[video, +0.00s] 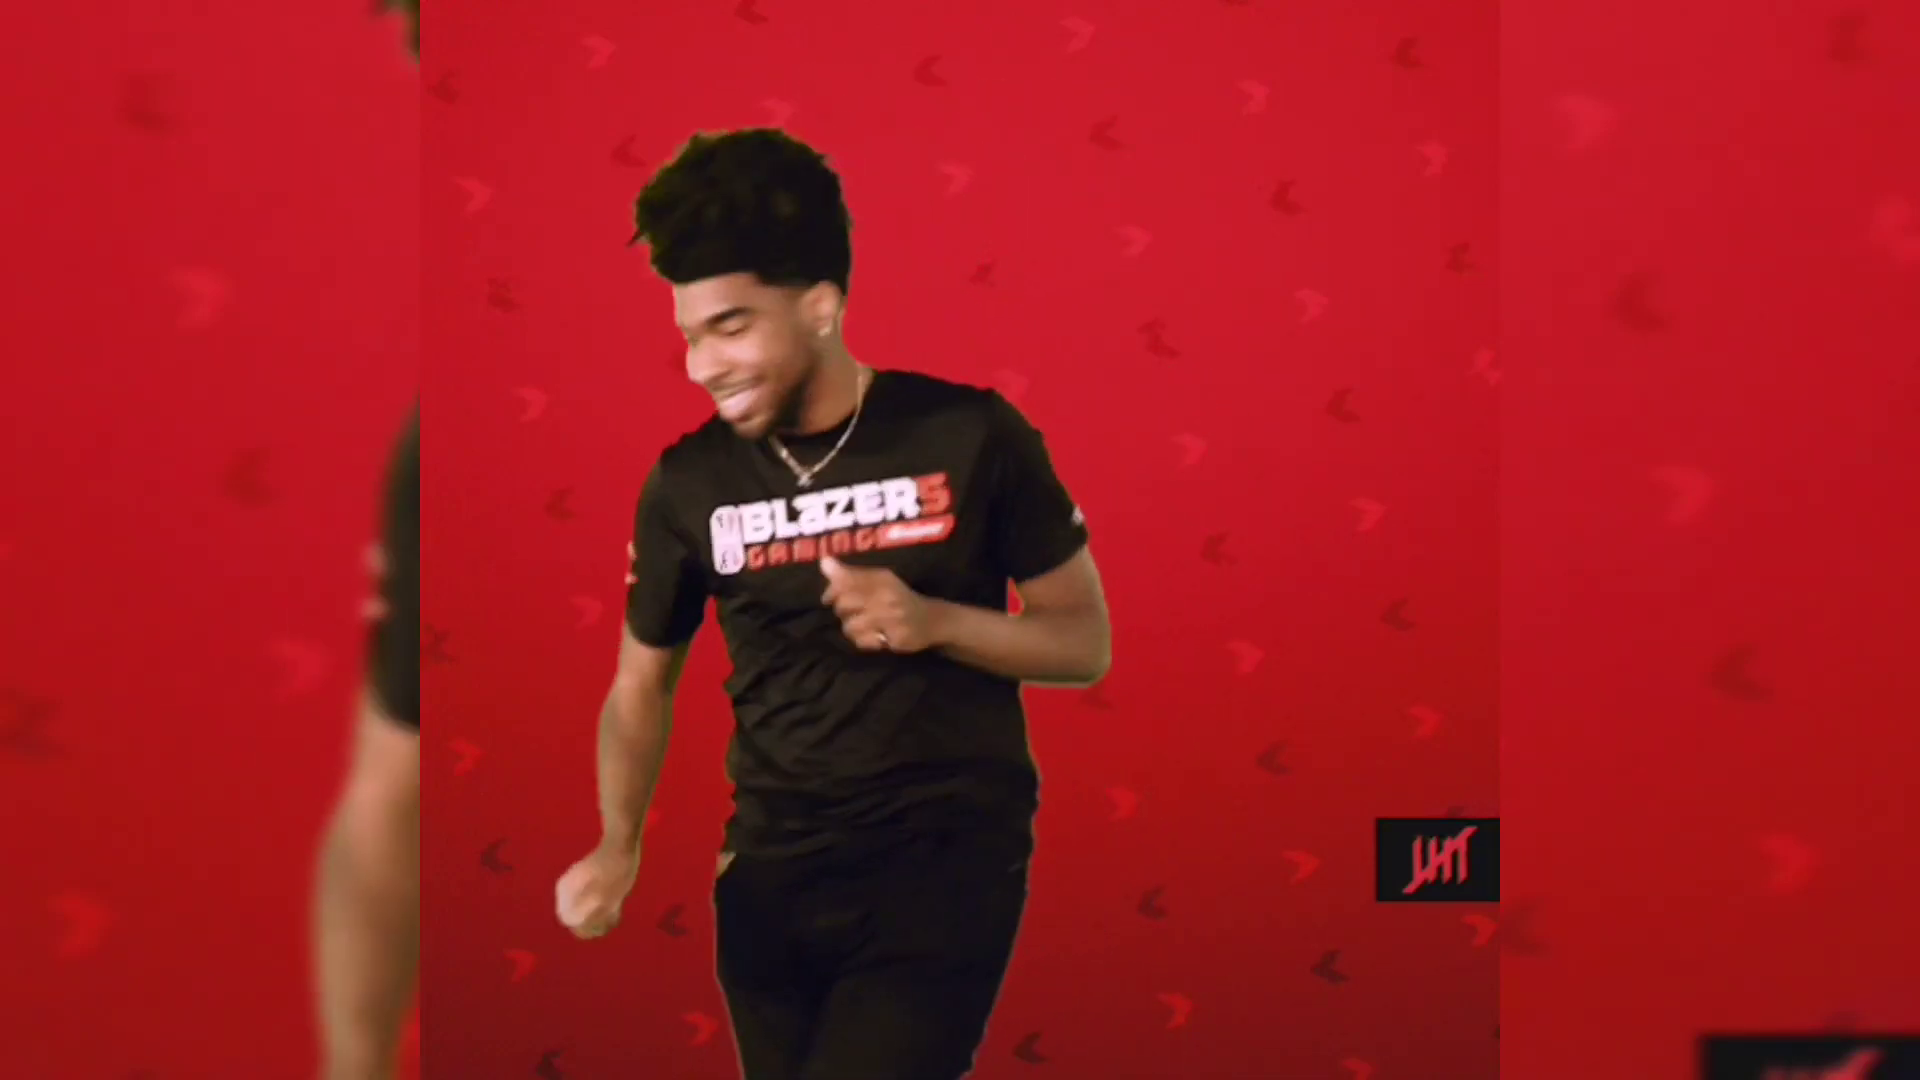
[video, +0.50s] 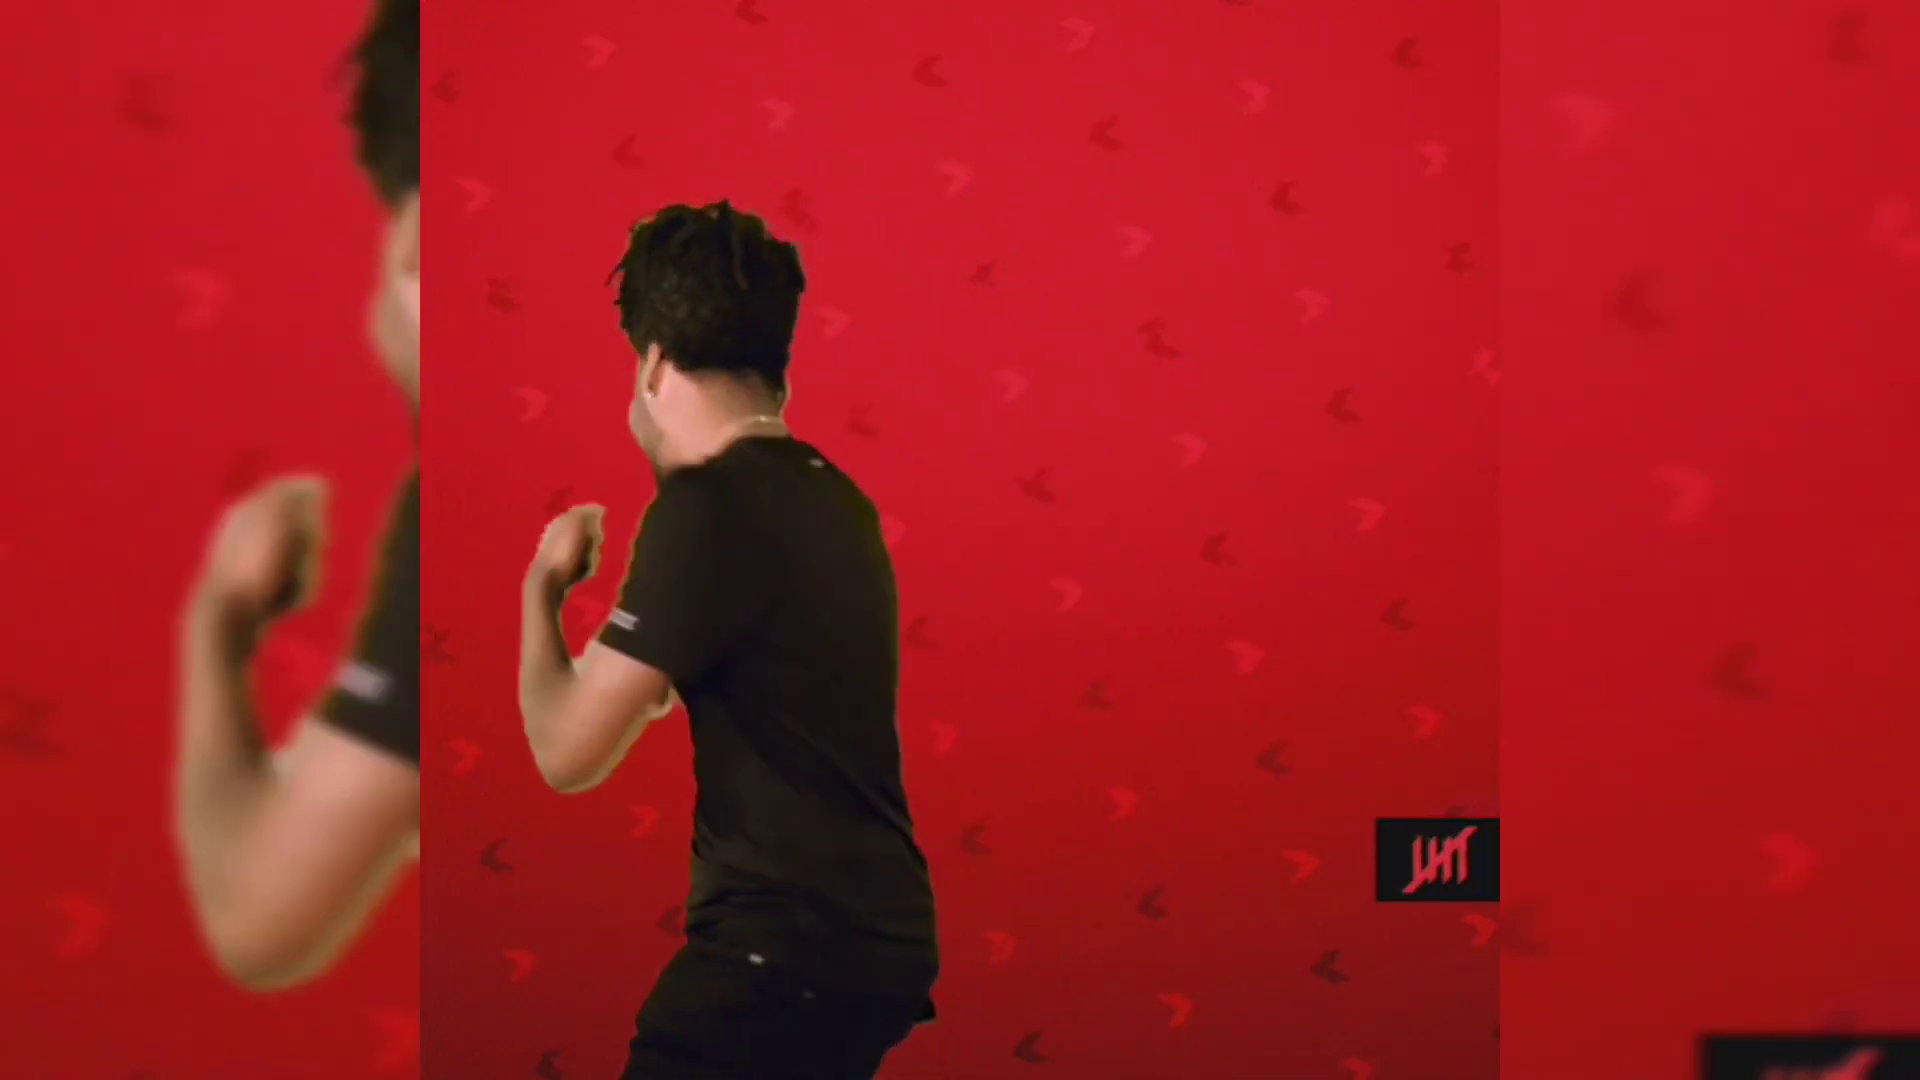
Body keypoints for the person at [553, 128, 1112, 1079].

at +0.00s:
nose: (703, 365)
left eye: (731, 325)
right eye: (687, 334)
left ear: (825, 305)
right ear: (679, 323)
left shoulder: (975, 438)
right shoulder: (690, 486)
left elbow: (1084, 643)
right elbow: (643, 681)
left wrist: (936, 621)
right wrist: (617, 843)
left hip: (944, 854)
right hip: (774, 867)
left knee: (881, 1055)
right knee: (780, 1056)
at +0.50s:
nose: (629, 397)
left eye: (630, 360)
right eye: (631, 361)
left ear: (655, 361)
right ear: (774, 364)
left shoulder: (715, 507)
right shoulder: (837, 500)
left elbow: (567, 751)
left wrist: (541, 589)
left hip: (771, 961)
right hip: (872, 954)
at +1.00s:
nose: (883, 476)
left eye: (893, 450)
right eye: (886, 448)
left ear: (745, 411)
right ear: (830, 434)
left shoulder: (586, 517)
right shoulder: (873, 542)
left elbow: (463, 656)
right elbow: (1013, 714)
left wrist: (592, 730)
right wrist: (887, 815)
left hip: (624, 948)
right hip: (819, 945)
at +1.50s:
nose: (1036, 458)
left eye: (1050, 429)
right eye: (1029, 419)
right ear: (945, 376)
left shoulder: (756, 428)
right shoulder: (925, 491)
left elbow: (618, 473)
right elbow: (851, 716)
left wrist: (795, 362)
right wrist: (887, 853)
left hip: (642, 879)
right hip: (779, 883)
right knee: (895, 1061)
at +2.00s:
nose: (1022, 497)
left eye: (1041, 460)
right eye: (987, 460)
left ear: (1062, 457)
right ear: (923, 457)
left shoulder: (942, 574)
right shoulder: (874, 608)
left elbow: (808, 741)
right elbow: (702, 799)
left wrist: (920, 768)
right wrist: (856, 924)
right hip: (744, 950)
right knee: (889, 1057)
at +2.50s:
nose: (914, 411)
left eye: (946, 377)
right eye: (885, 375)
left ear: (998, 340)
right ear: (853, 338)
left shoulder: (1034, 429)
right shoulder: (782, 484)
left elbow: (1192, 440)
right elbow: (653, 670)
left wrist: (1400, 365)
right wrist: (824, 817)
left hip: (950, 834)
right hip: (781, 839)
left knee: (954, 1061)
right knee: (837, 1059)